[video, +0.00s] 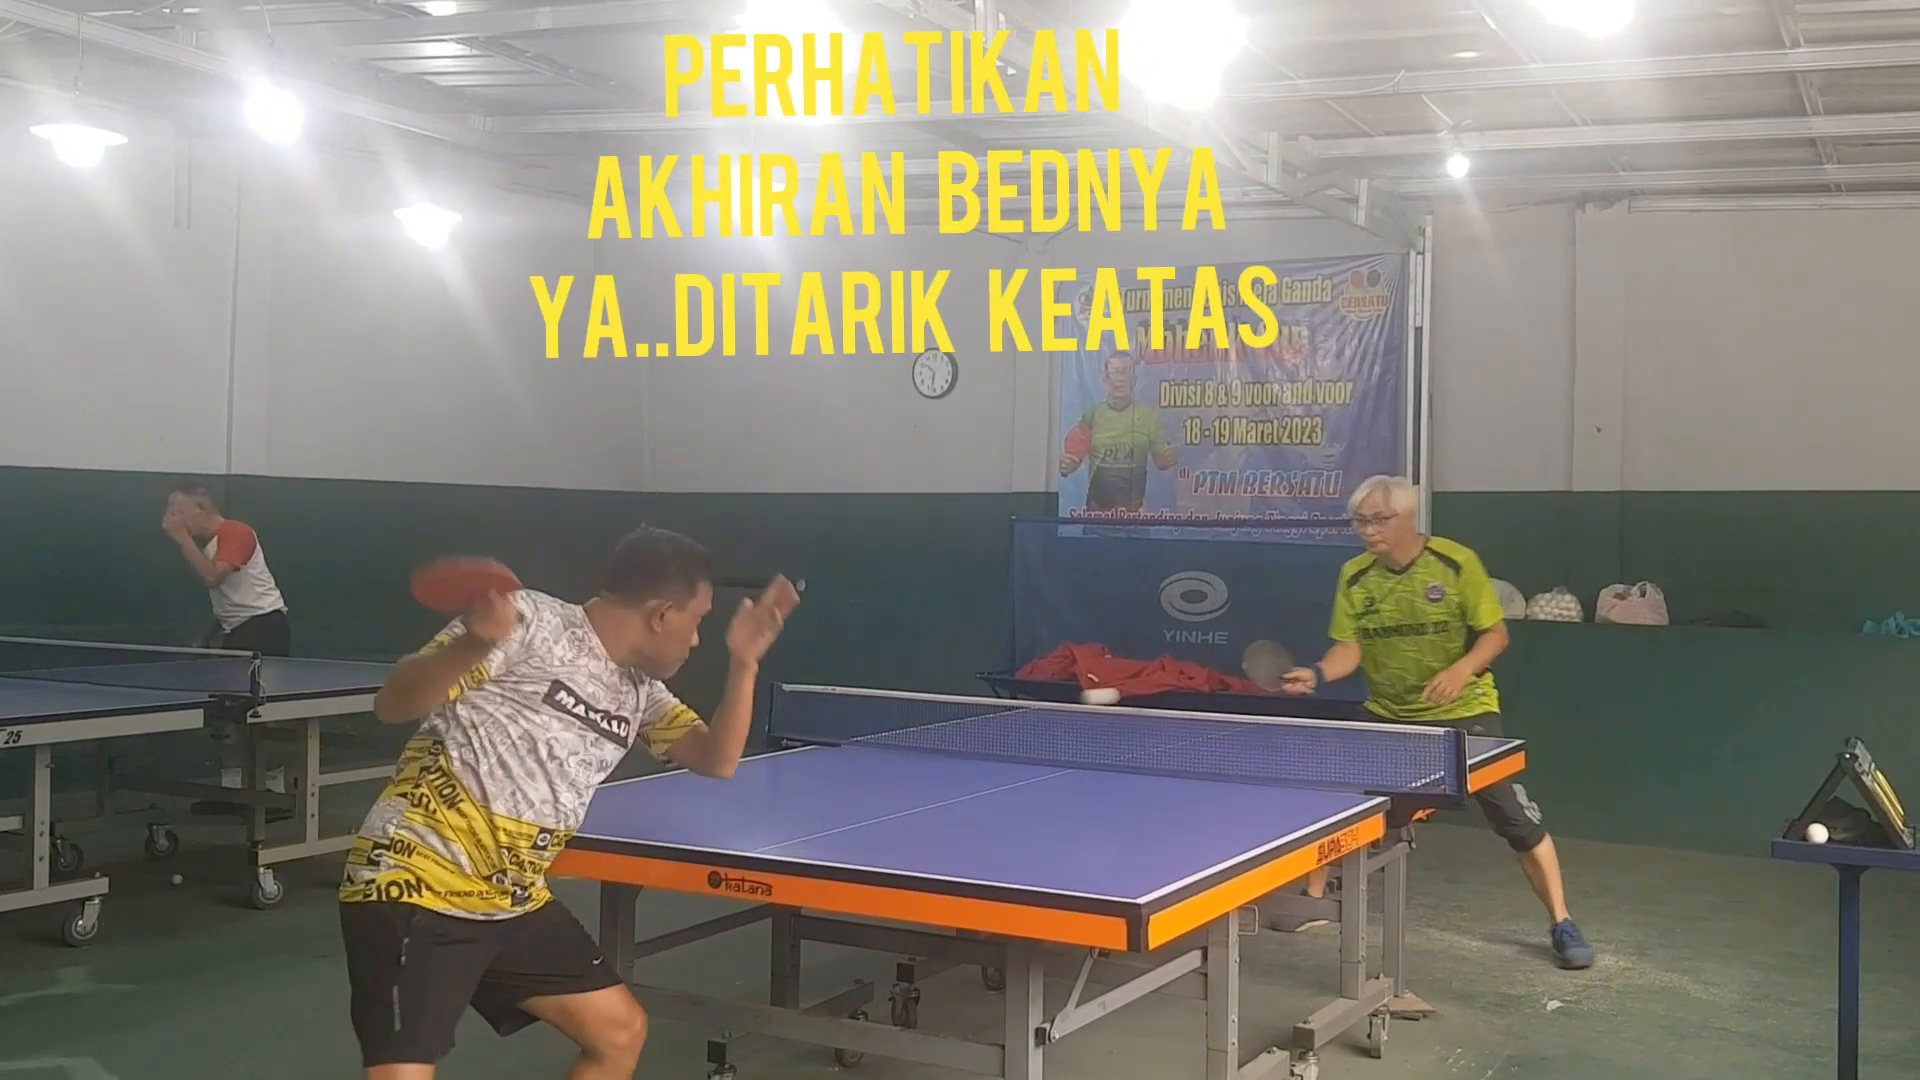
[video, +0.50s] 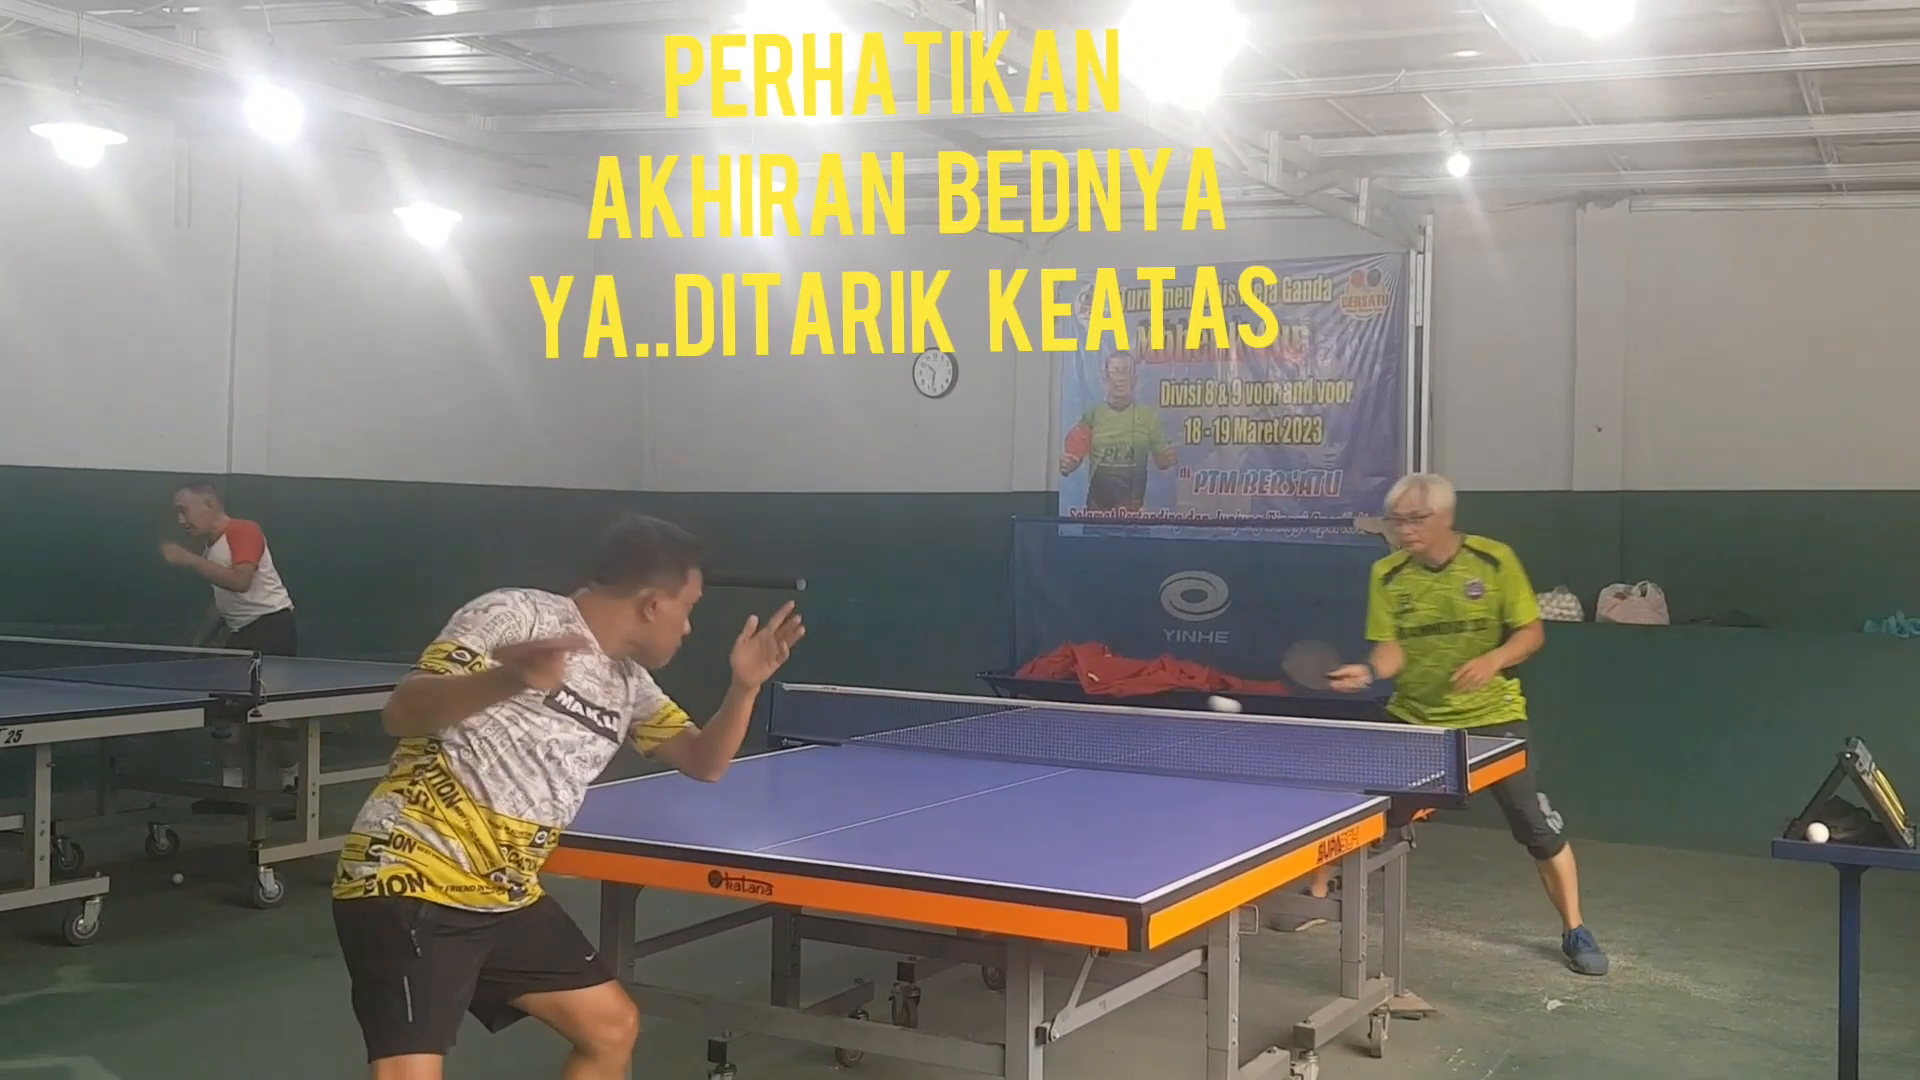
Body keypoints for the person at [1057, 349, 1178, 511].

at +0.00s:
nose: (1119, 379)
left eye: (1125, 372)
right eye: (1113, 372)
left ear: (1134, 379)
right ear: (1105, 379)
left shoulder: (1147, 416)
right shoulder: (1093, 415)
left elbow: (1160, 461)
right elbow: (1077, 449)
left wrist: (1168, 458)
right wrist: (1067, 464)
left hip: (1132, 503)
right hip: (1098, 505)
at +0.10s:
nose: (1119, 379)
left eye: (1125, 372)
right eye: (1113, 372)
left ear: (1134, 379)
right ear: (1105, 379)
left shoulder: (1147, 416)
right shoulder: (1093, 415)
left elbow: (1160, 461)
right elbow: (1077, 449)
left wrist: (1168, 458)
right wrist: (1067, 464)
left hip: (1132, 503)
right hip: (1098, 505)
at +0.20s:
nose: (1119, 379)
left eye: (1125, 372)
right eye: (1113, 372)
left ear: (1134, 379)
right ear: (1105, 379)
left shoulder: (1146, 415)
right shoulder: (1092, 415)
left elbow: (1160, 460)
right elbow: (1076, 449)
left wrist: (1168, 457)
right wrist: (1066, 464)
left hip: (1132, 504)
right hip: (1098, 505)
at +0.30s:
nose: (1120, 378)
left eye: (1125, 372)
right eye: (1114, 372)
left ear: (1134, 378)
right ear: (1105, 378)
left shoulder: (1147, 415)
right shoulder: (1093, 415)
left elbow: (1160, 461)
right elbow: (1077, 449)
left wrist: (1168, 458)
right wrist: (1067, 464)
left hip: (1133, 503)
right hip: (1098, 504)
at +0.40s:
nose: (1120, 378)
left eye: (1126, 372)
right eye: (1114, 372)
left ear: (1134, 379)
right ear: (1105, 378)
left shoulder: (1147, 416)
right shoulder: (1093, 415)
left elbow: (1160, 460)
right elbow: (1077, 449)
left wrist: (1168, 457)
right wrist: (1067, 464)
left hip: (1133, 504)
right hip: (1098, 505)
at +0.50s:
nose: (1120, 378)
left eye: (1126, 372)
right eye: (1114, 372)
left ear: (1134, 379)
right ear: (1105, 378)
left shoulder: (1147, 416)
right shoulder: (1093, 416)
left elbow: (1161, 461)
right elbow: (1077, 449)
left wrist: (1168, 458)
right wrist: (1067, 464)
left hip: (1133, 504)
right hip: (1098, 505)